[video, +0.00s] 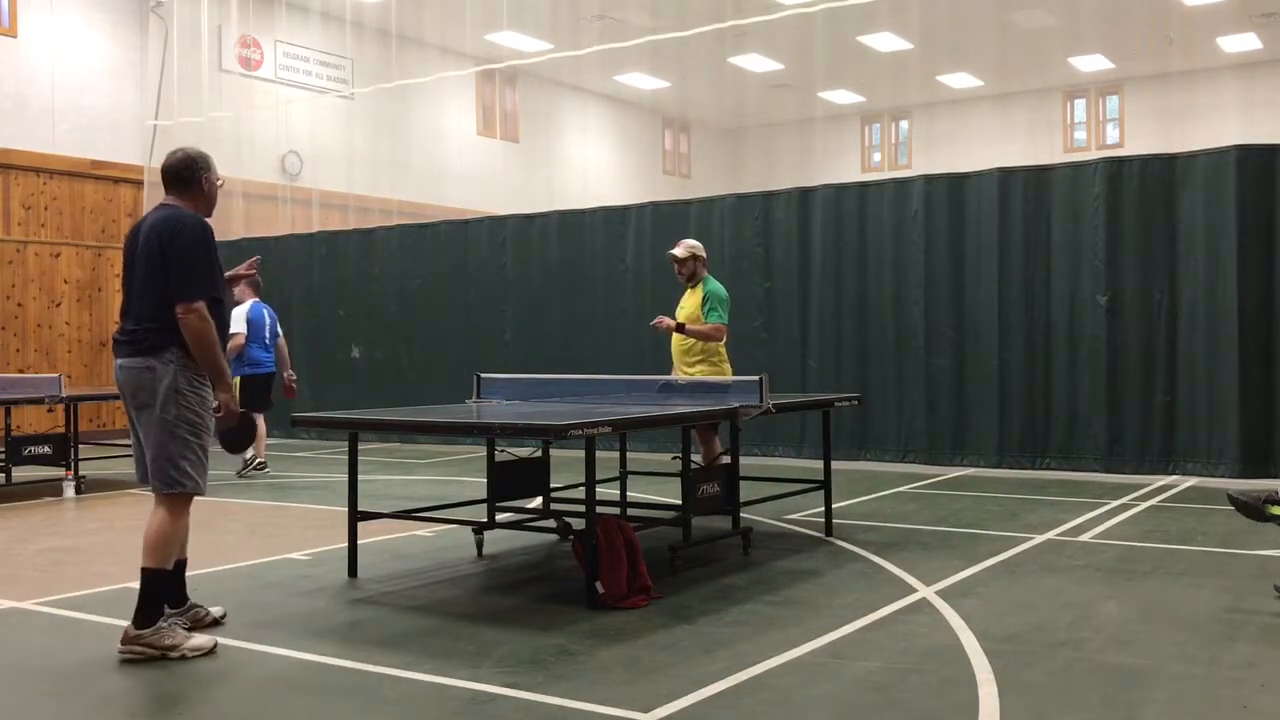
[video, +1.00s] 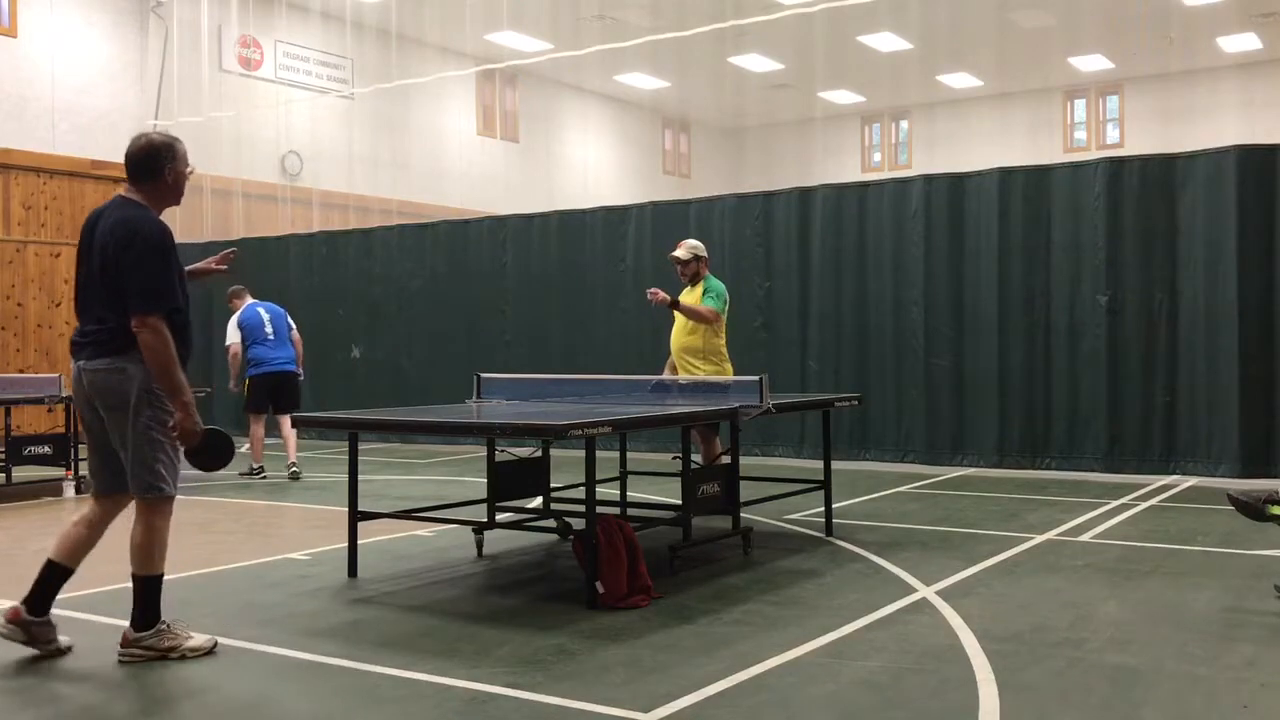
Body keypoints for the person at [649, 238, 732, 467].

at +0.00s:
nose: (677, 269)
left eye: (682, 262)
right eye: (675, 263)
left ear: (699, 262)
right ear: (675, 264)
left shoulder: (714, 291)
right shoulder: (691, 290)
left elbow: (718, 333)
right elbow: (689, 335)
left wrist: (677, 326)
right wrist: (677, 370)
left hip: (709, 377)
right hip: (688, 376)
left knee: (706, 433)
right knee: (703, 433)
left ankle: (716, 488)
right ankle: (715, 487)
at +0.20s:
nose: (677, 268)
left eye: (682, 262)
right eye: (674, 263)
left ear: (699, 262)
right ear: (674, 264)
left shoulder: (713, 290)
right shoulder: (691, 290)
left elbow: (718, 332)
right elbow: (689, 336)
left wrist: (677, 326)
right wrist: (676, 370)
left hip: (708, 378)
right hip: (688, 376)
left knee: (705, 433)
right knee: (702, 433)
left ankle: (716, 487)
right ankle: (716, 486)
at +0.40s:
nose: (677, 268)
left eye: (682, 262)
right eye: (675, 263)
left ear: (699, 263)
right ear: (674, 264)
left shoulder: (713, 290)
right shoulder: (690, 290)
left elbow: (717, 330)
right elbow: (687, 337)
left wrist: (676, 326)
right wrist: (676, 371)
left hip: (708, 378)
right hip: (688, 377)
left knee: (705, 433)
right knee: (702, 433)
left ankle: (715, 487)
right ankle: (717, 486)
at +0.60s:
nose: (677, 268)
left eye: (682, 262)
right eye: (675, 263)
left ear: (699, 263)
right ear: (675, 264)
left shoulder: (713, 289)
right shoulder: (689, 290)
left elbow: (717, 330)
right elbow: (687, 334)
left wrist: (676, 325)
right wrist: (676, 368)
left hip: (708, 378)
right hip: (688, 376)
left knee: (705, 432)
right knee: (702, 432)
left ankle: (713, 486)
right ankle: (716, 484)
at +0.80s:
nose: (678, 269)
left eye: (683, 263)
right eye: (676, 263)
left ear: (700, 262)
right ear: (676, 264)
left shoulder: (714, 289)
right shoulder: (688, 290)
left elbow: (718, 328)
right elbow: (686, 337)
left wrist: (676, 322)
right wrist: (672, 371)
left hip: (709, 377)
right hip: (688, 377)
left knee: (705, 432)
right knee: (702, 432)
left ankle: (713, 486)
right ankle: (717, 484)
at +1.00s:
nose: (680, 270)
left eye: (685, 263)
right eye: (677, 264)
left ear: (702, 262)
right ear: (675, 264)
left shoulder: (715, 288)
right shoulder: (687, 291)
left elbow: (711, 316)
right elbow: (686, 339)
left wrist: (673, 303)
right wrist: (669, 370)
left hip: (711, 377)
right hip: (689, 377)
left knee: (705, 433)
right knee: (702, 433)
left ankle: (715, 488)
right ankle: (716, 487)